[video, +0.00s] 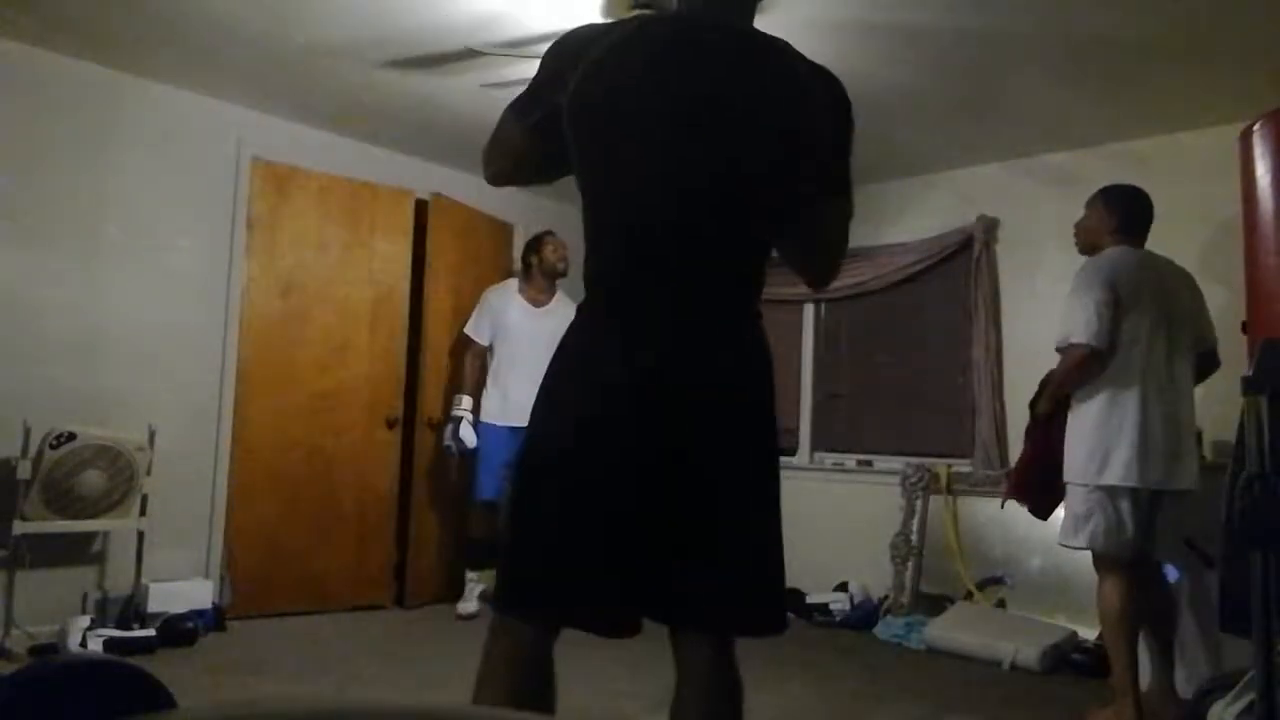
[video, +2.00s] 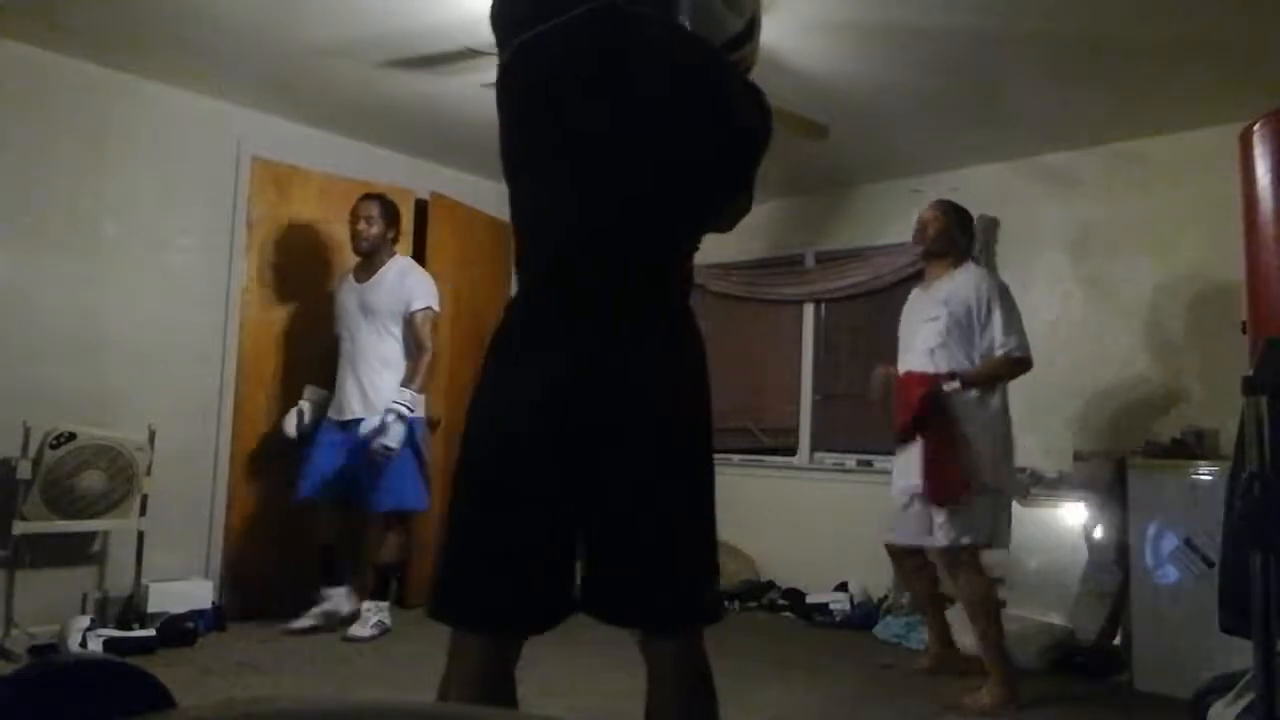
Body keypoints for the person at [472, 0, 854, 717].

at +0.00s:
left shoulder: (594, 54)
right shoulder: (808, 89)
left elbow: (504, 162)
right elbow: (819, 260)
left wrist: (607, 106)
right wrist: (754, 161)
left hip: (602, 363)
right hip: (723, 373)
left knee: (523, 620)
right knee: (705, 636)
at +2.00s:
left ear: (562, 3)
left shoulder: (527, 65)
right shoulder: (722, 91)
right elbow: (725, 209)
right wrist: (729, 91)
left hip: (537, 359)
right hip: (655, 369)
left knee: (483, 640)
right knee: (672, 638)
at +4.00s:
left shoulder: (449, 50)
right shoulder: (634, 41)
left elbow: (456, 234)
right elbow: (726, 213)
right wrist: (631, 162)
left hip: (478, 370)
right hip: (604, 374)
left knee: (433, 635)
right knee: (644, 646)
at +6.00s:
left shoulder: (467, 35)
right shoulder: (674, 28)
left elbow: (516, 191)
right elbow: (774, 189)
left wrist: (662, 241)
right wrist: (675, 196)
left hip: (507, 354)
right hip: (634, 359)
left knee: (465, 644)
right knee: (661, 650)